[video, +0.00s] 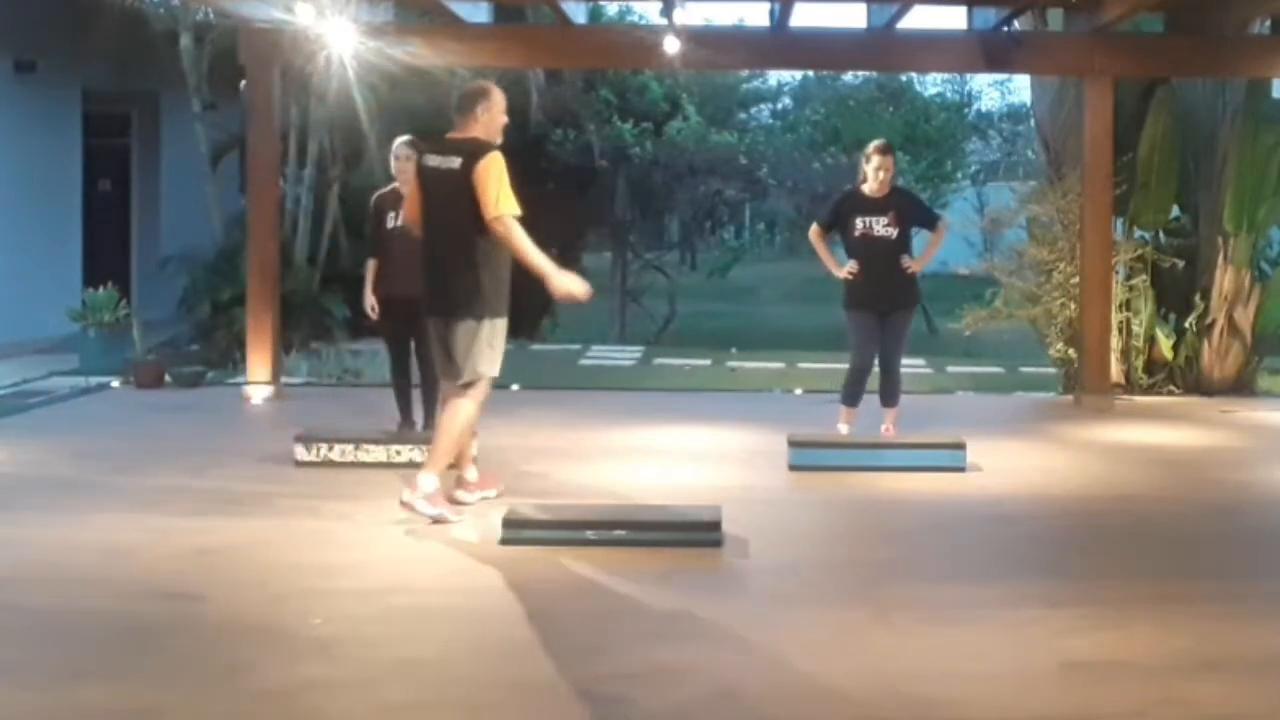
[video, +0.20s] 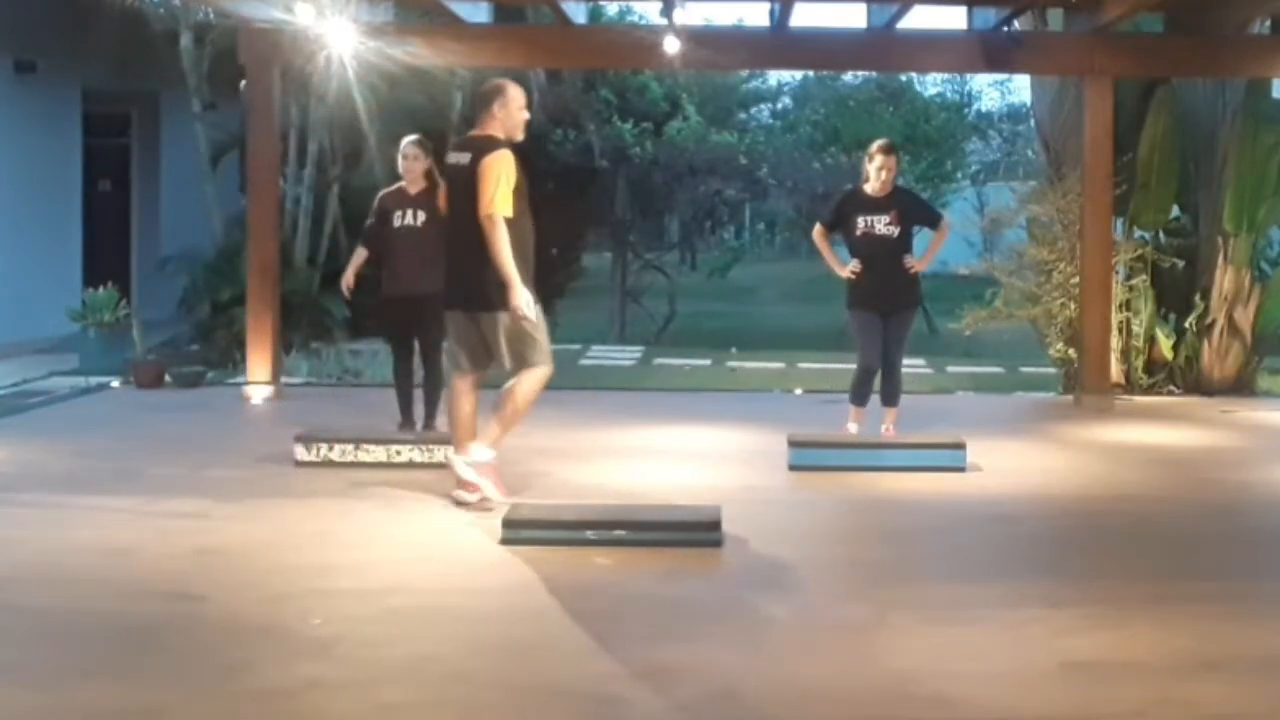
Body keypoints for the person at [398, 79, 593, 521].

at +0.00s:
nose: (506, 120)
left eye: (505, 112)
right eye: (502, 112)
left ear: (464, 113)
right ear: (483, 113)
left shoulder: (428, 154)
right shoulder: (487, 158)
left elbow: (411, 219)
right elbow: (502, 222)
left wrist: (449, 236)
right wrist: (553, 274)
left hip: (438, 290)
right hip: (479, 296)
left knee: (454, 385)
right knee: (474, 387)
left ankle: (464, 475)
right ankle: (426, 484)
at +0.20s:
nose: (527, 117)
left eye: (526, 109)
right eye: (521, 109)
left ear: (489, 111)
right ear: (497, 111)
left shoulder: (458, 151)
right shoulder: (498, 155)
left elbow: (444, 206)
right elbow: (492, 218)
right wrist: (515, 284)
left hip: (460, 285)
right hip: (499, 285)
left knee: (464, 375)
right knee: (537, 365)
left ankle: (465, 480)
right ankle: (484, 449)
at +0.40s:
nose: (551, 120)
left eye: (550, 112)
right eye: (544, 112)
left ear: (517, 117)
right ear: (518, 116)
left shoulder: (494, 156)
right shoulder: (515, 158)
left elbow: (478, 220)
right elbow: (501, 216)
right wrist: (541, 271)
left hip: (490, 288)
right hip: (522, 289)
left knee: (484, 374)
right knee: (549, 371)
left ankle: (469, 474)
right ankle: (550, 466)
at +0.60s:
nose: (571, 122)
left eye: (570, 114)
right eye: (563, 114)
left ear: (541, 120)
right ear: (538, 119)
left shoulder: (536, 159)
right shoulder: (532, 162)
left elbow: (536, 223)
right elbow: (528, 220)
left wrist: (580, 257)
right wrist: (578, 258)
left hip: (538, 291)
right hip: (547, 293)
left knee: (545, 378)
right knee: (561, 375)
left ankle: (497, 442)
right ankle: (552, 468)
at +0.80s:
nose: (586, 118)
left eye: (586, 109)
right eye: (578, 109)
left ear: (573, 114)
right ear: (553, 112)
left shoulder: (570, 159)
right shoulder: (540, 159)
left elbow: (581, 224)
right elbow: (535, 220)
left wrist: (618, 249)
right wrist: (578, 261)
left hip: (585, 286)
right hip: (555, 290)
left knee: (606, 361)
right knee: (563, 374)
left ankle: (573, 446)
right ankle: (548, 468)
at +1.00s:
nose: (601, 117)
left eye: (603, 109)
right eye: (591, 109)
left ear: (606, 113)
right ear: (569, 114)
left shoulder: (603, 159)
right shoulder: (550, 159)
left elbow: (613, 217)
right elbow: (531, 221)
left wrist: (666, 228)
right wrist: (547, 278)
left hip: (605, 291)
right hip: (567, 291)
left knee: (610, 375)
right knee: (569, 379)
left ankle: (623, 464)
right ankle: (551, 469)